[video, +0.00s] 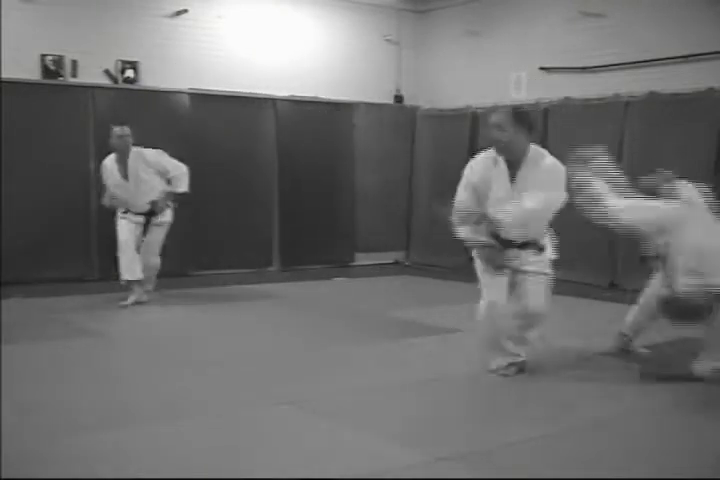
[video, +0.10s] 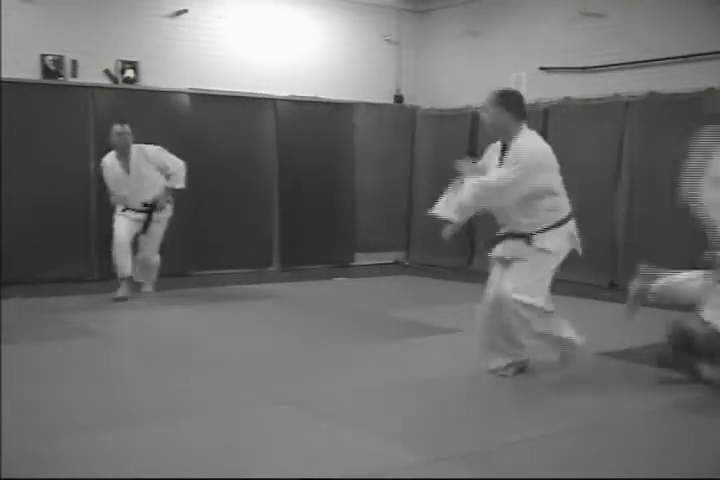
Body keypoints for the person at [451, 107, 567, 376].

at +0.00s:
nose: (493, 136)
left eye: (500, 129)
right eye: (490, 129)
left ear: (523, 131)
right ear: (487, 130)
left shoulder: (550, 169)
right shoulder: (479, 166)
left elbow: (539, 211)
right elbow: (464, 215)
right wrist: (485, 248)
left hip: (533, 250)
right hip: (492, 249)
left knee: (535, 308)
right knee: (494, 305)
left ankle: (515, 341)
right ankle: (504, 358)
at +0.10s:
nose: (483, 120)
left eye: (488, 114)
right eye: (483, 114)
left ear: (508, 117)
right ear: (506, 118)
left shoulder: (531, 151)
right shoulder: (494, 152)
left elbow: (503, 187)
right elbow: (476, 186)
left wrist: (473, 176)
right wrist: (454, 218)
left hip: (550, 234)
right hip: (515, 235)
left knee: (516, 292)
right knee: (496, 294)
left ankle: (566, 341)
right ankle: (512, 358)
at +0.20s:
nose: (483, 114)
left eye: (486, 108)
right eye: (483, 107)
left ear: (501, 106)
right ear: (512, 105)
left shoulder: (517, 138)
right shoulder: (516, 134)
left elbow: (468, 187)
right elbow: (504, 188)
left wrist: (468, 180)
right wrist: (476, 216)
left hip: (555, 231)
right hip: (530, 231)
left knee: (521, 297)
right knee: (498, 293)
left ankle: (567, 366)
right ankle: (523, 358)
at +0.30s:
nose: (492, 117)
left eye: (496, 110)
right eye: (493, 110)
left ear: (509, 113)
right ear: (527, 113)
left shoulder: (505, 144)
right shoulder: (553, 145)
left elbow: (479, 204)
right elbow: (554, 203)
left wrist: (476, 207)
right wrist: (526, 253)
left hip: (552, 234)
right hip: (582, 233)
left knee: (533, 310)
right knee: (543, 297)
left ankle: (544, 393)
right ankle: (572, 354)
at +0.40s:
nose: (500, 127)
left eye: (501, 121)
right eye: (500, 121)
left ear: (509, 123)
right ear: (537, 124)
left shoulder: (504, 154)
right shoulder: (564, 153)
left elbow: (492, 219)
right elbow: (577, 200)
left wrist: (494, 237)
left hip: (557, 242)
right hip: (595, 238)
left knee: (523, 322)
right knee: (575, 311)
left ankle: (544, 402)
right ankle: (616, 369)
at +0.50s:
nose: (501, 133)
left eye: (502, 127)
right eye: (501, 127)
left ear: (511, 129)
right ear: (537, 128)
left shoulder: (505, 160)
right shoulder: (569, 155)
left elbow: (497, 215)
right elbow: (603, 204)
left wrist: (500, 269)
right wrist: (624, 255)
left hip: (558, 241)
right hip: (603, 236)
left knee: (522, 322)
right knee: (596, 313)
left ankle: (545, 401)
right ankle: (623, 378)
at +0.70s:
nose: (491, 110)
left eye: (493, 105)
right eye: (491, 105)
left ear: (500, 104)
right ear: (528, 103)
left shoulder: (494, 137)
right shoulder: (565, 133)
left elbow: (479, 186)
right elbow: (600, 180)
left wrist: (463, 241)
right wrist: (619, 231)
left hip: (537, 224)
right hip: (584, 220)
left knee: (494, 304)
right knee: (593, 310)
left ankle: (498, 384)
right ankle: (621, 385)